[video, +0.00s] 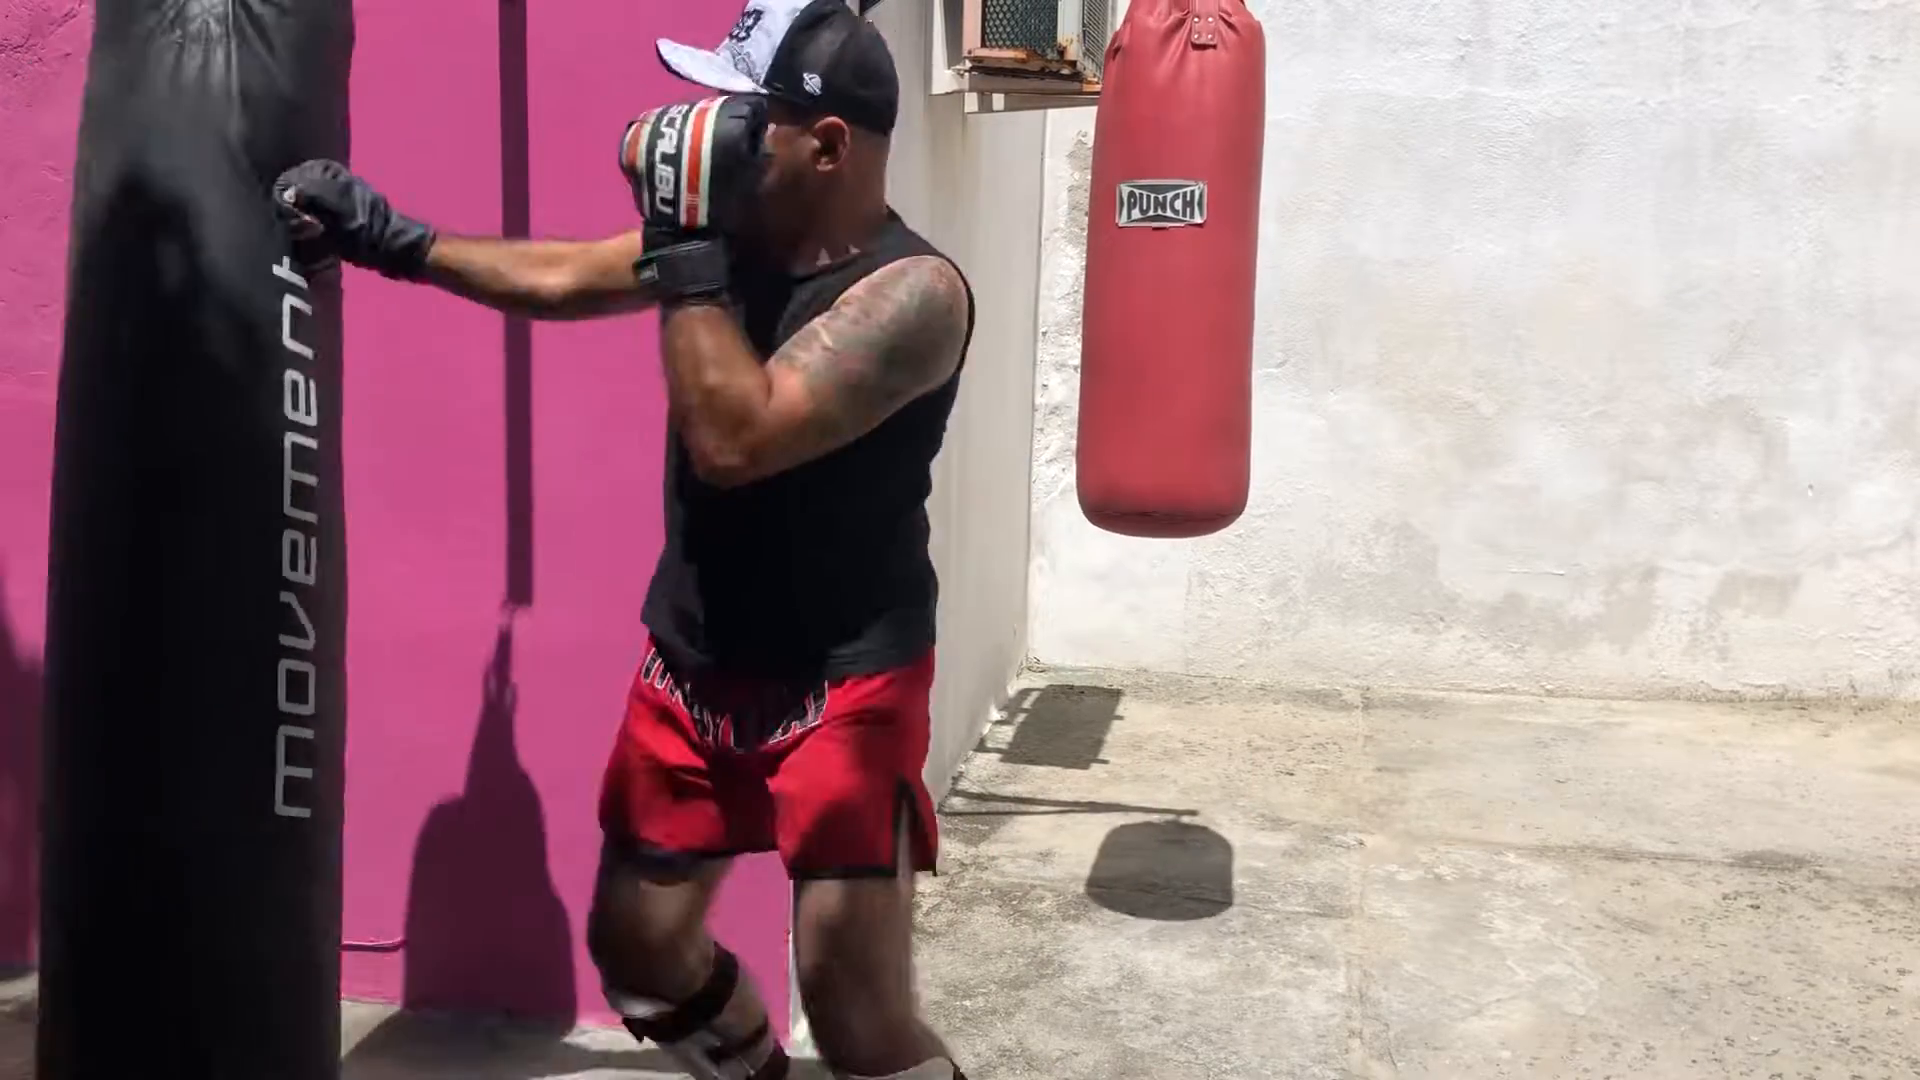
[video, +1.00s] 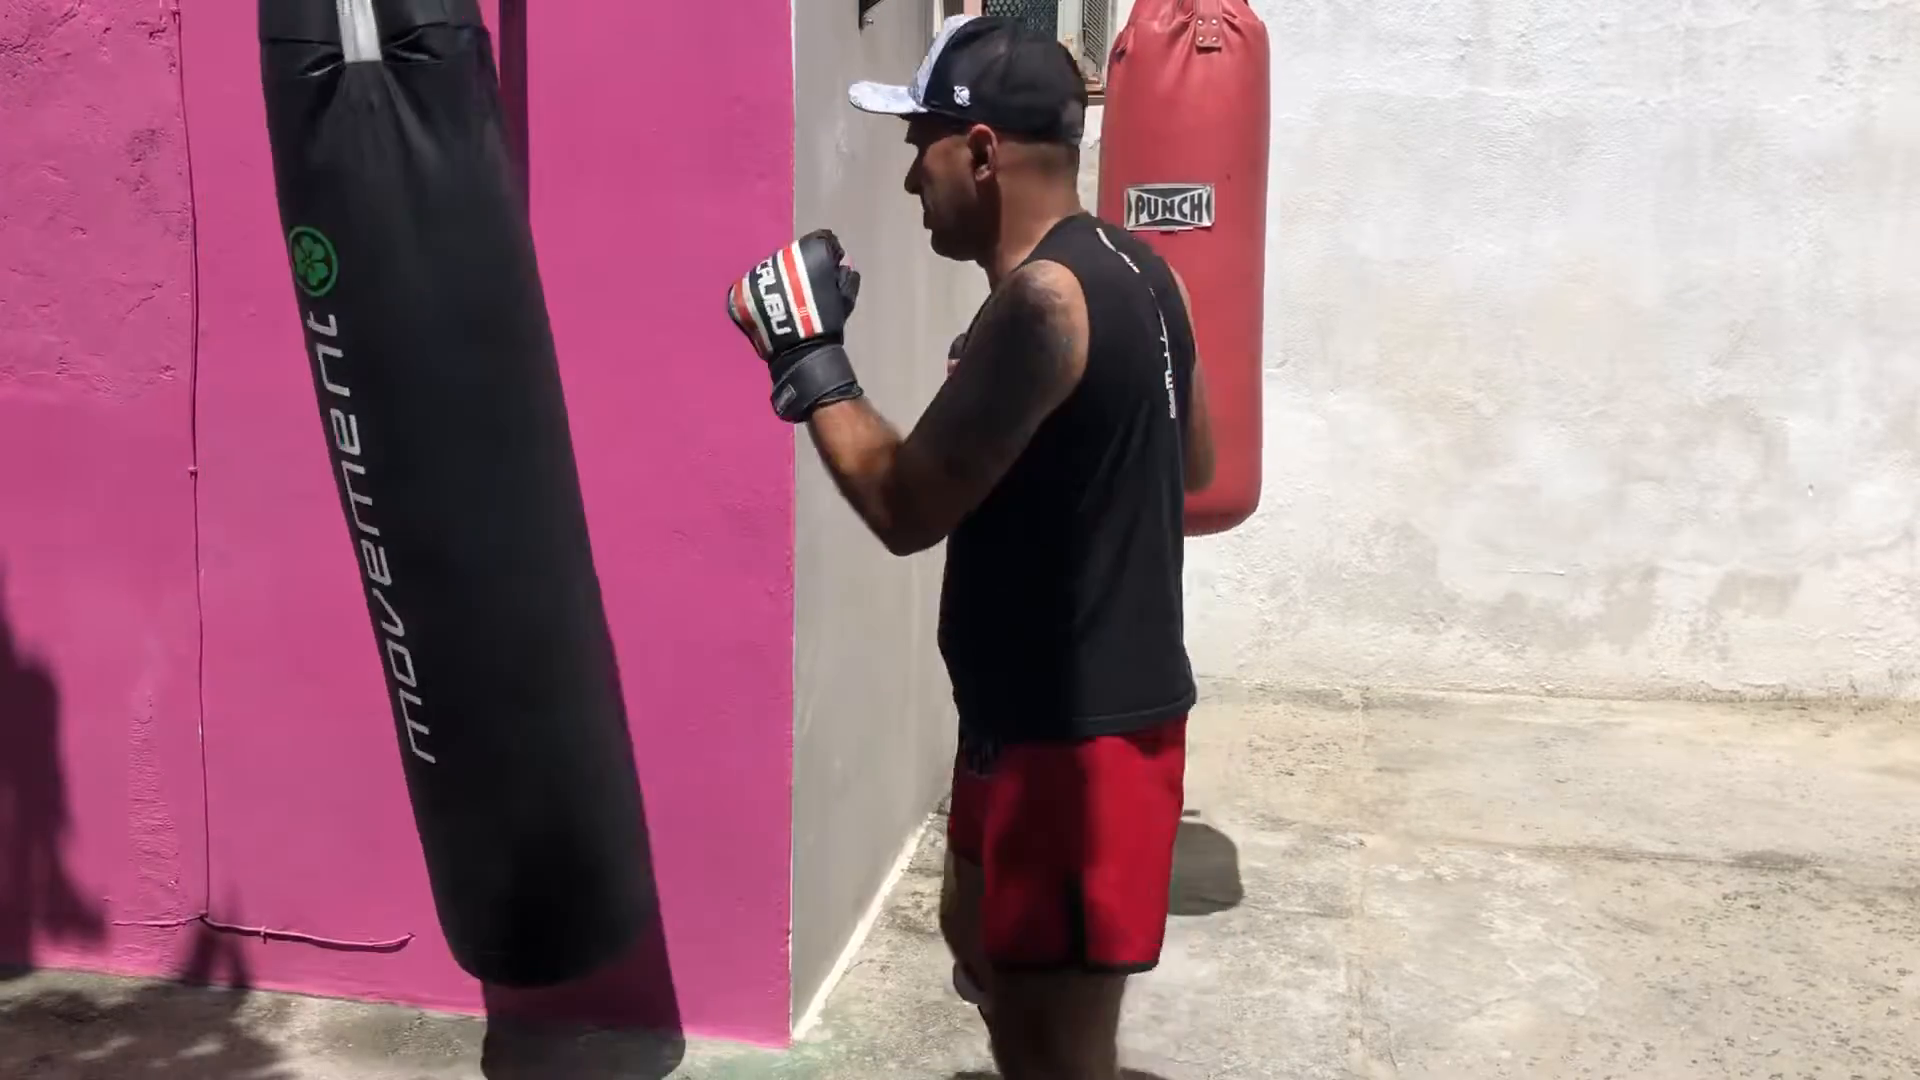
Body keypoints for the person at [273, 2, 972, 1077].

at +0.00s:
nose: (726, 140)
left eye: (751, 120)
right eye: (729, 118)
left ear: (828, 144)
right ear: (817, 144)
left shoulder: (916, 296)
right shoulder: (741, 241)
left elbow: (732, 437)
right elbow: (564, 279)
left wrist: (683, 246)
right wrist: (397, 239)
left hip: (844, 679)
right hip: (694, 661)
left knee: (857, 1014)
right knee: (639, 944)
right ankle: (764, 1070)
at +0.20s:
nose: (857, 182)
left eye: (881, 156)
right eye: (865, 153)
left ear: (963, 173)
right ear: (960, 175)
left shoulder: (1048, 320)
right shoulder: (943, 282)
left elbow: (860, 493)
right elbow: (886, 394)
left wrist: (769, 315)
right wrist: (749, 316)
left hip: (1019, 733)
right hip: (899, 703)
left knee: (1041, 1038)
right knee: (839, 944)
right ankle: (864, 1071)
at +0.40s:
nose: (955, 174)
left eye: (975, 146)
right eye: (959, 145)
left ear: (1054, 161)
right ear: (1050, 160)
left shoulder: (1150, 301)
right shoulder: (1029, 285)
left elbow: (989, 488)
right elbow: (985, 420)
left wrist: (886, 320)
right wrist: (877, 307)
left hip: (1111, 717)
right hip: (1001, 699)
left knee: (1108, 1037)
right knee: (988, 964)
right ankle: (1100, 1066)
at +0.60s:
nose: (971, 195)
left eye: (990, 168)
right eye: (973, 168)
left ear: (1065, 182)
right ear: (1063, 183)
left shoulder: (1148, 315)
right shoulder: (1080, 308)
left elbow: (1015, 505)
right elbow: (1013, 442)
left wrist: (918, 344)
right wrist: (917, 341)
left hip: (1137, 718)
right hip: (1089, 710)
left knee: (1065, 1040)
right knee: (1157, 1000)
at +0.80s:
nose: (965, 188)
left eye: (982, 160)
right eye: (968, 160)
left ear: (1055, 172)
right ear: (1056, 174)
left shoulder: (1122, 311)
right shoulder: (1100, 293)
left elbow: (974, 501)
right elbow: (1091, 486)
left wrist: (872, 342)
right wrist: (981, 415)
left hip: (1107, 729)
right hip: (1110, 715)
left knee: (1057, 1042)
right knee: (1142, 993)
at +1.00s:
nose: (909, 172)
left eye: (922, 143)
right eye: (913, 144)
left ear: (983, 151)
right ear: (1010, 149)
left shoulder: (1043, 300)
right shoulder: (1137, 271)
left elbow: (901, 509)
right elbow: (1189, 468)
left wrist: (809, 354)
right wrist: (1033, 462)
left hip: (1059, 733)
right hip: (1099, 710)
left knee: (1058, 1043)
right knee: (985, 945)